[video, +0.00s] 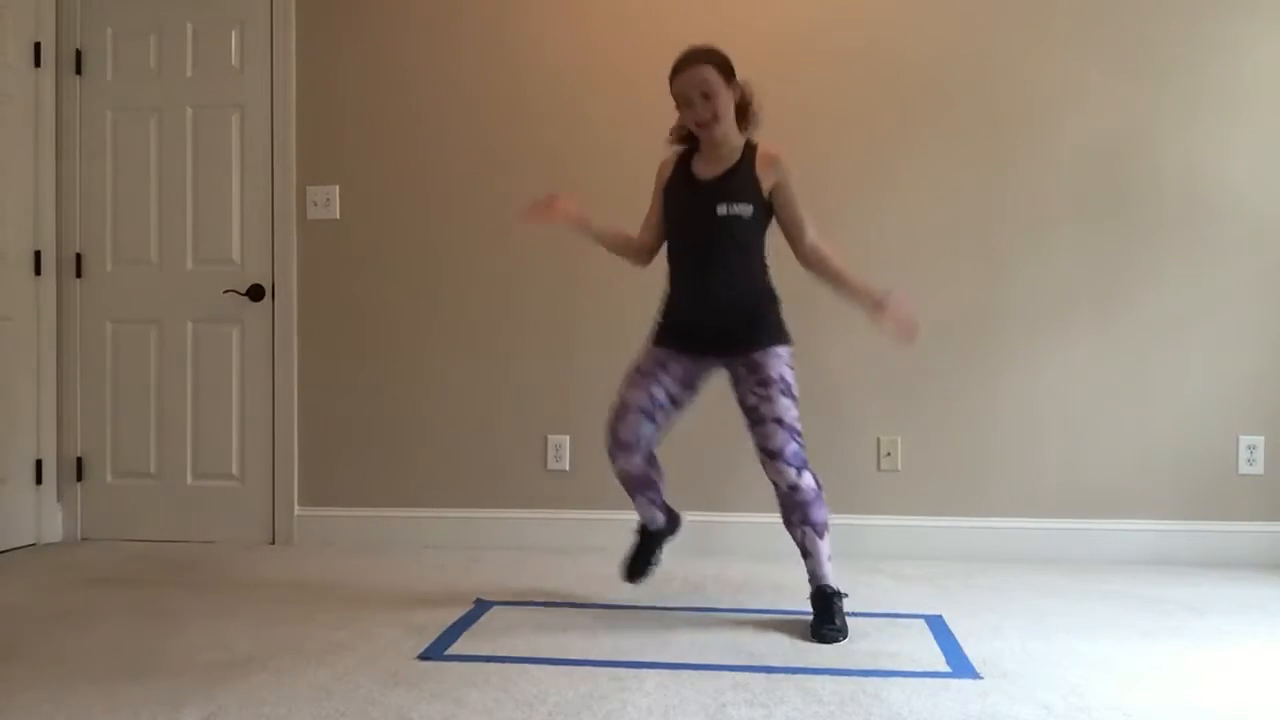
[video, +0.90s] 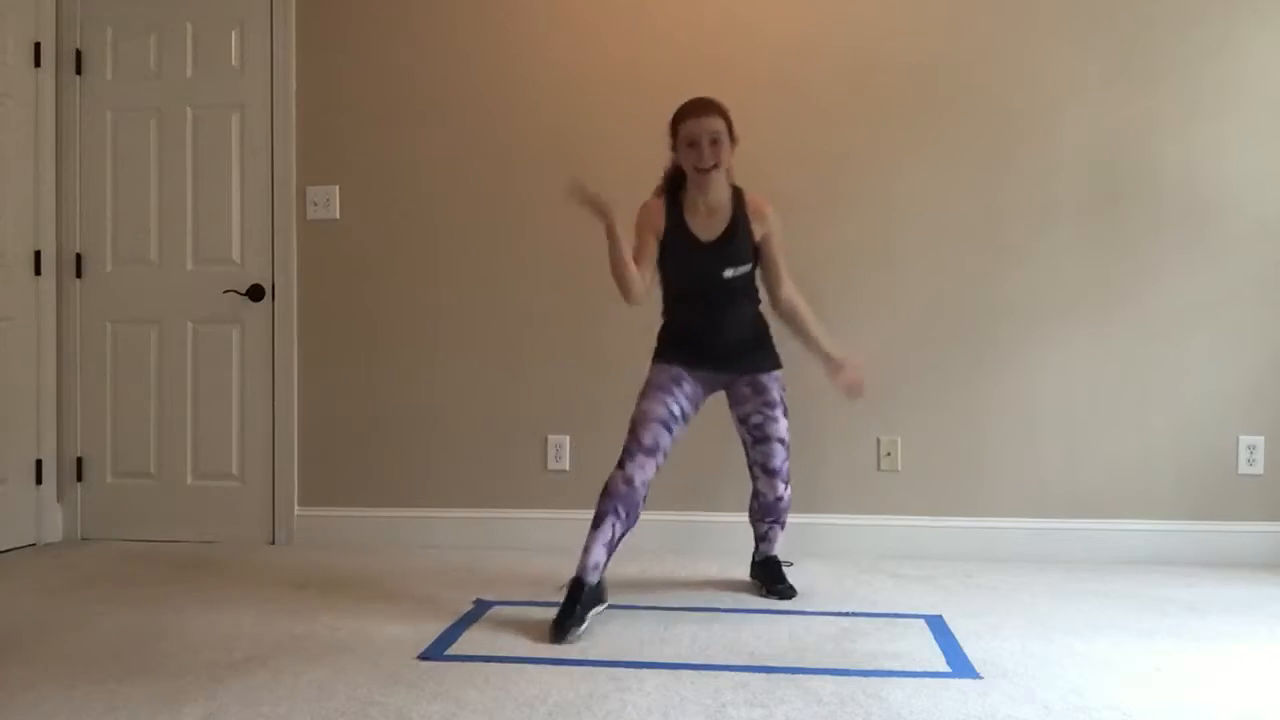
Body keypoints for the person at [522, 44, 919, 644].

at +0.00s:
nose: (697, 109)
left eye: (705, 95)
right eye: (685, 101)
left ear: (733, 92)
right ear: (676, 108)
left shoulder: (766, 165)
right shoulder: (673, 168)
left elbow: (808, 250)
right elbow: (642, 250)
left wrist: (874, 300)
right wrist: (582, 222)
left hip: (754, 333)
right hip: (682, 332)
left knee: (783, 457)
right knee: (625, 438)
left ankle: (823, 588)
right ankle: (657, 522)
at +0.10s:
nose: (688, 101)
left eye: (697, 86)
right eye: (678, 92)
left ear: (729, 78)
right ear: (673, 96)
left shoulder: (766, 153)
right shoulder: (674, 151)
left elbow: (805, 240)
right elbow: (639, 235)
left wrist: (879, 246)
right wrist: (568, 249)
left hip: (734, 322)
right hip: (662, 317)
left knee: (768, 451)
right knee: (615, 408)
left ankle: (815, 585)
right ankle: (631, 528)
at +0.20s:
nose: (680, 105)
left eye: (688, 90)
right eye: (670, 95)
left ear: (722, 83)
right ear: (666, 100)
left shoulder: (757, 160)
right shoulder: (659, 158)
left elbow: (784, 248)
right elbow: (624, 241)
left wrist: (821, 194)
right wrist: (575, 302)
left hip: (704, 325)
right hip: (630, 316)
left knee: (748, 454)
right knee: (592, 447)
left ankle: (800, 582)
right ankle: (582, 569)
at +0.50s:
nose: (666, 87)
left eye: (676, 76)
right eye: (653, 78)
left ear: (694, 84)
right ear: (635, 87)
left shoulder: (707, 160)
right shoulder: (613, 151)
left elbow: (736, 253)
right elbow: (570, 233)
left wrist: (814, 264)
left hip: (688, 323)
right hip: (617, 324)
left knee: (737, 442)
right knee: (592, 456)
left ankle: (771, 569)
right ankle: (570, 590)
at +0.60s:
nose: (667, 93)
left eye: (677, 82)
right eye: (654, 84)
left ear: (694, 91)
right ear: (635, 93)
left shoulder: (711, 161)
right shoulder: (612, 161)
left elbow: (742, 253)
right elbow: (576, 241)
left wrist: (793, 314)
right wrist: (544, 180)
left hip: (707, 321)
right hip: (635, 324)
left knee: (757, 433)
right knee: (604, 452)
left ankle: (764, 538)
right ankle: (573, 588)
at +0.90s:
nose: (704, 152)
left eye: (715, 141)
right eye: (692, 143)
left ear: (731, 146)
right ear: (676, 151)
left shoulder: (754, 209)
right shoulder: (658, 212)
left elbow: (782, 294)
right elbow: (634, 291)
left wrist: (831, 357)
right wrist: (610, 224)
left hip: (751, 356)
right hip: (683, 357)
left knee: (773, 465)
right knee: (636, 465)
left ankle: (767, 560)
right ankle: (587, 582)